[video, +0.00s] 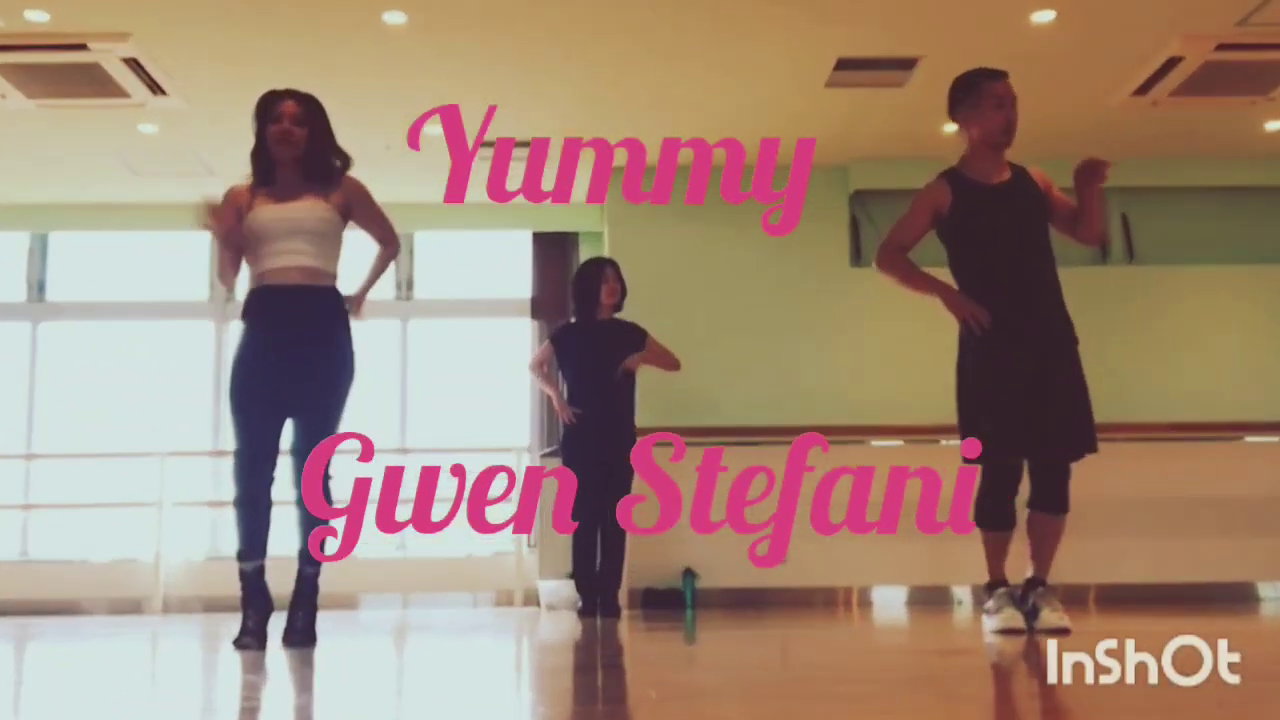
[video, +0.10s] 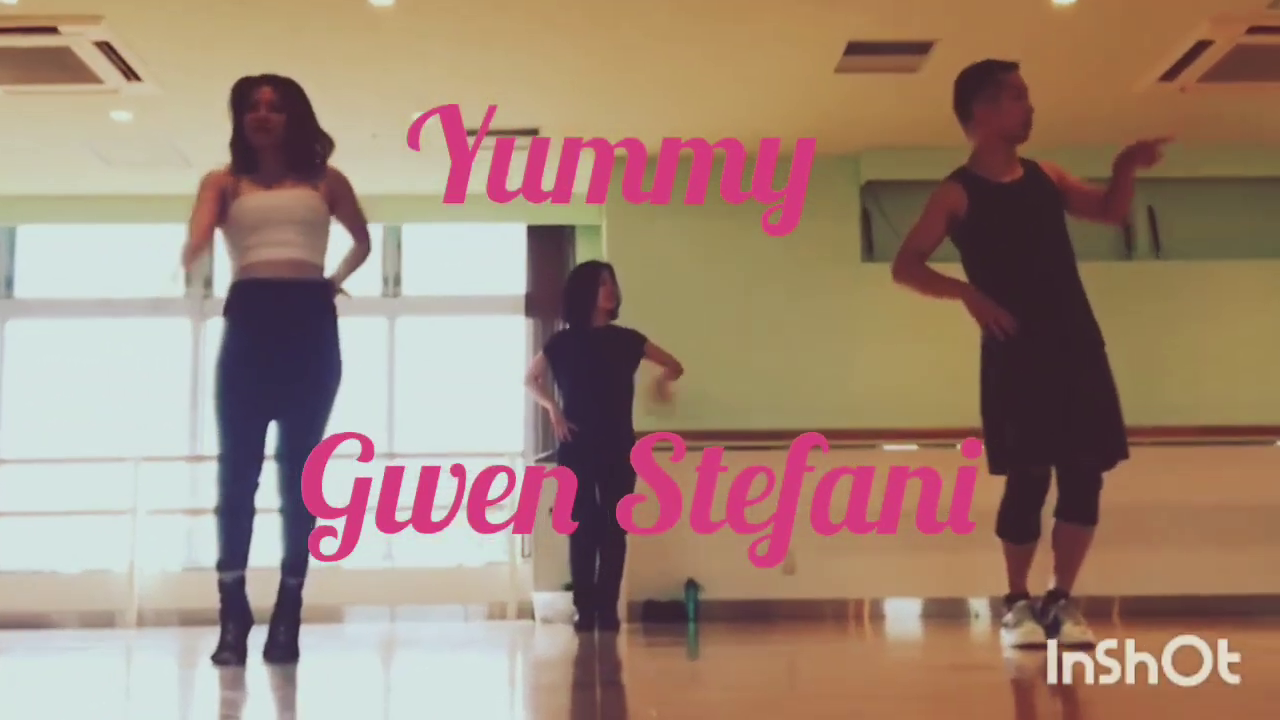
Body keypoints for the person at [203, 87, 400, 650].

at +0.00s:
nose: (287, 129)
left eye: (298, 121)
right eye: (277, 121)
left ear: (316, 133)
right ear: (261, 132)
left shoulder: (341, 189)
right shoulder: (244, 197)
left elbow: (390, 243)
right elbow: (227, 280)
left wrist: (360, 294)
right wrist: (225, 232)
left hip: (323, 326)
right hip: (264, 326)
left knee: (313, 465)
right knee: (252, 468)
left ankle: (307, 594)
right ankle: (253, 595)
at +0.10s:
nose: (264, 116)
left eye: (277, 107)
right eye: (253, 107)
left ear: (297, 119)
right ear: (238, 120)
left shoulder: (326, 179)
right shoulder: (223, 181)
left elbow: (363, 241)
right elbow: (198, 238)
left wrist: (333, 283)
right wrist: (196, 270)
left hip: (311, 319)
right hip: (250, 319)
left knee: (297, 472)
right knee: (239, 472)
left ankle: (290, 603)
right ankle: (233, 606)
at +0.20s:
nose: (246, 105)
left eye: (259, 96)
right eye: (235, 99)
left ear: (282, 112)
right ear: (224, 118)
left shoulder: (315, 185)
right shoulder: (212, 172)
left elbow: (331, 249)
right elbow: (150, 197)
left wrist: (323, 280)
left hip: (309, 332)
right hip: (245, 332)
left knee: (289, 476)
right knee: (233, 479)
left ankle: (279, 614)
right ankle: (226, 616)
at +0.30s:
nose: (233, 110)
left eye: (246, 102)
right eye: (225, 106)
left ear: (273, 119)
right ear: (216, 126)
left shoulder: (306, 191)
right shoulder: (203, 177)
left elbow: (309, 257)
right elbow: (117, 167)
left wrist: (320, 296)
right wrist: (40, 158)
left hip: (308, 343)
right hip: (245, 343)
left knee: (292, 485)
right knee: (237, 483)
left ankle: (275, 619)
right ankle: (226, 617)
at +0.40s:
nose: (229, 122)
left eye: (240, 114)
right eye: (220, 119)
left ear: (268, 129)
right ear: (214, 140)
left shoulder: (303, 200)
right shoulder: (205, 186)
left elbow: (297, 265)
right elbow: (125, 158)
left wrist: (314, 299)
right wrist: (37, 130)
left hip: (309, 352)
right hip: (247, 354)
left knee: (294, 490)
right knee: (245, 486)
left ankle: (274, 619)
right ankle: (230, 620)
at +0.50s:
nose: (232, 132)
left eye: (244, 124)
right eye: (223, 129)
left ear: (271, 141)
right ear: (217, 151)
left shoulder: (305, 208)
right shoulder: (209, 198)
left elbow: (304, 272)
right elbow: (128, 155)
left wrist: (318, 311)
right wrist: (44, 118)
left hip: (312, 358)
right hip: (252, 360)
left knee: (299, 492)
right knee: (251, 488)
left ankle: (278, 618)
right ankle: (232, 617)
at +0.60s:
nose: (242, 143)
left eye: (252, 136)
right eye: (233, 142)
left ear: (279, 150)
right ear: (226, 162)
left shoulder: (313, 219)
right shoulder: (220, 210)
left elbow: (315, 286)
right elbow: (144, 155)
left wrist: (327, 322)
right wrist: (67, 111)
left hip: (321, 362)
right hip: (261, 364)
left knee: (308, 492)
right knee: (259, 487)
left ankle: (287, 610)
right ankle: (243, 610)